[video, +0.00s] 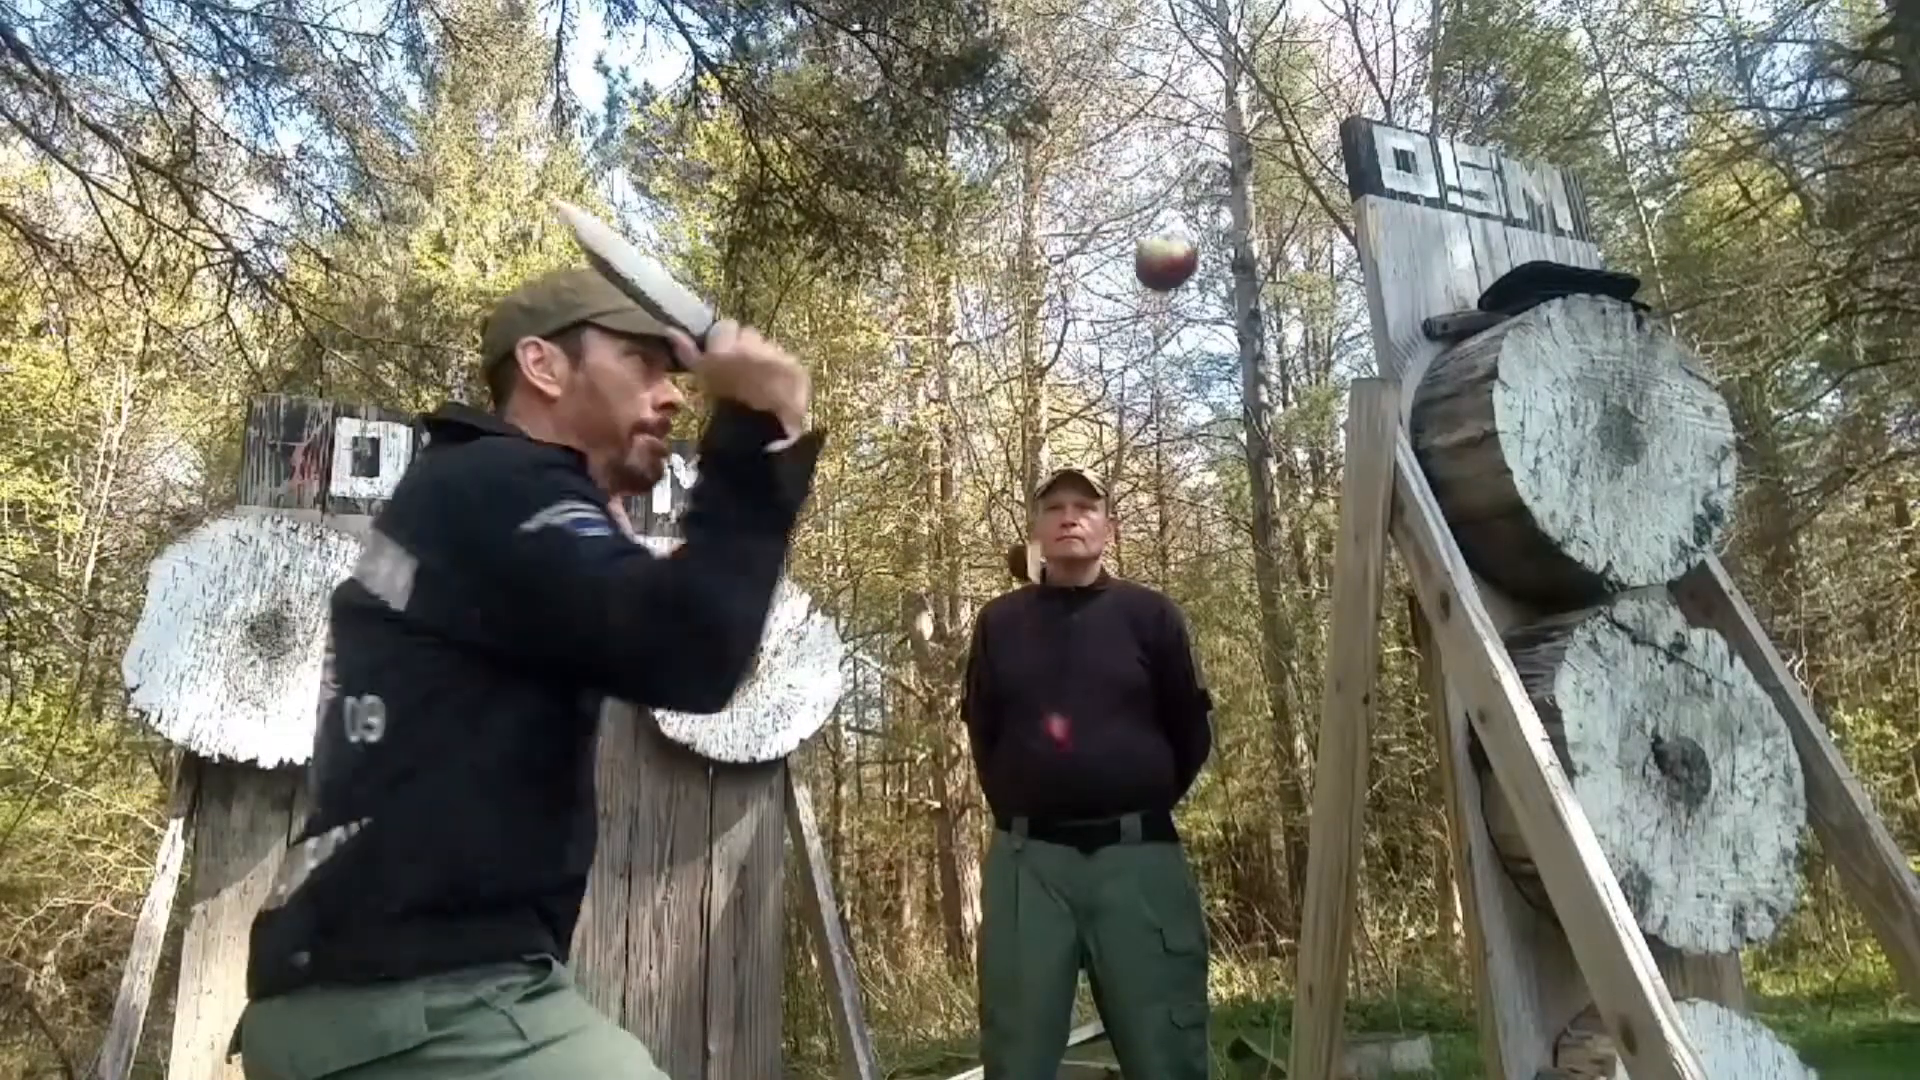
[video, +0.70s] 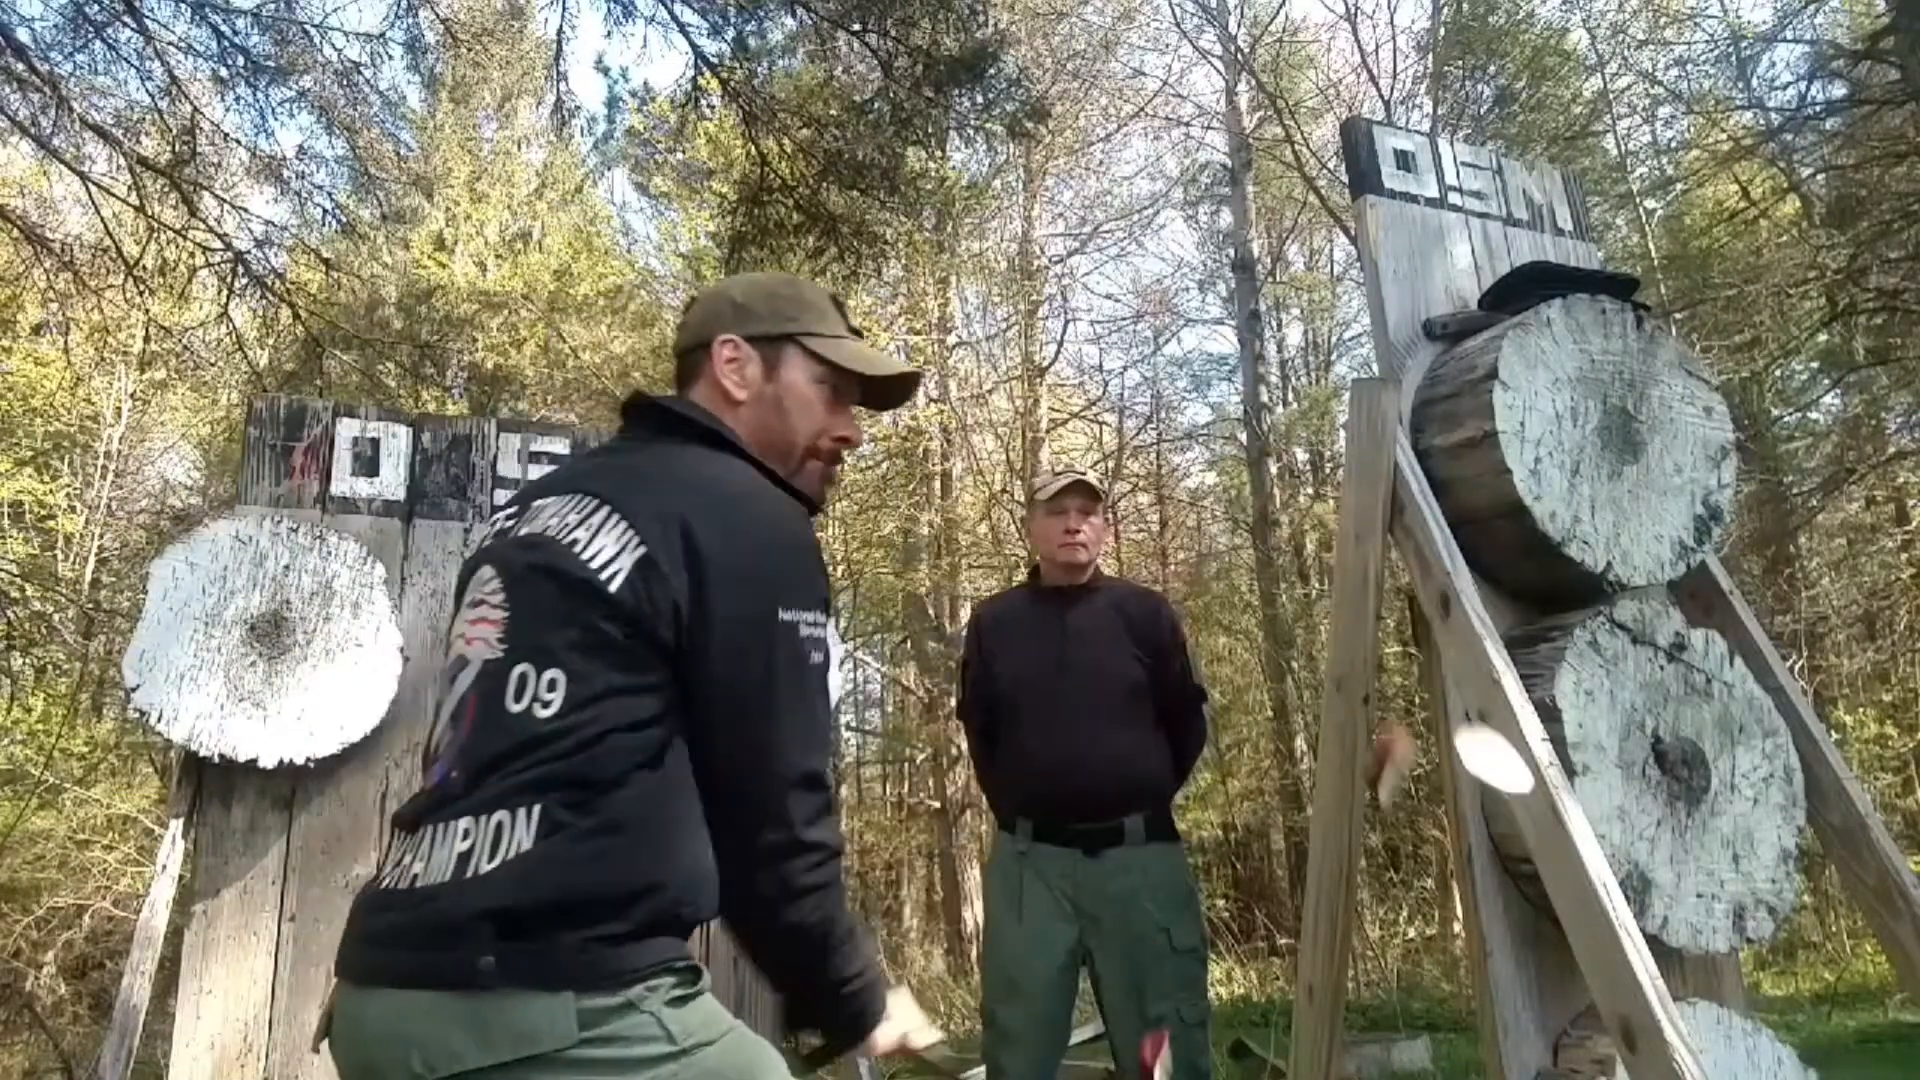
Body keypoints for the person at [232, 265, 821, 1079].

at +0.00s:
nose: (671, 396)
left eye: (672, 373)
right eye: (643, 360)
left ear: (545, 373)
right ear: (545, 366)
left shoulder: (438, 489)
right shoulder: (507, 488)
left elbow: (674, 649)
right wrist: (754, 435)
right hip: (440, 1007)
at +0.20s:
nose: (708, 409)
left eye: (706, 383)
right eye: (677, 374)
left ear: (572, 383)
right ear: (575, 378)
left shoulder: (464, 497)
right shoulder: (569, 504)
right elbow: (781, 659)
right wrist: (852, 442)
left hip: (316, 1018)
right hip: (467, 1021)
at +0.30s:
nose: (738, 418)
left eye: (736, 391)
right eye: (710, 381)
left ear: (607, 391)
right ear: (609, 385)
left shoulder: (469, 515)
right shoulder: (615, 515)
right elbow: (836, 675)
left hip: (325, 1024)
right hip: (495, 1026)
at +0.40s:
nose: (767, 429)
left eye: (769, 401)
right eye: (745, 393)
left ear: (640, 393)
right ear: (641, 385)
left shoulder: (496, 513)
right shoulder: (648, 527)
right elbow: (878, 690)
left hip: (347, 1014)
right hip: (520, 1019)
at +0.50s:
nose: (790, 429)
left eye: (796, 402)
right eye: (770, 393)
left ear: (666, 389)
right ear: (669, 378)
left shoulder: (516, 507)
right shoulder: (682, 526)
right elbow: (867, 711)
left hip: (365, 1005)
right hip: (536, 1008)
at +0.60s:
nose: (819, 429)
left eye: (822, 401)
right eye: (800, 390)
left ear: (701, 376)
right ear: (701, 372)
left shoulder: (540, 491)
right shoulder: (718, 514)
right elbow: (829, 778)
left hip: (379, 1002)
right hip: (559, 1006)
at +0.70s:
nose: (853, 428)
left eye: (856, 401)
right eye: (830, 388)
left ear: (728, 369)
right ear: (735, 367)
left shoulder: (551, 493)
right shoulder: (745, 518)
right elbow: (775, 826)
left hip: (386, 996)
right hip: (574, 1003)